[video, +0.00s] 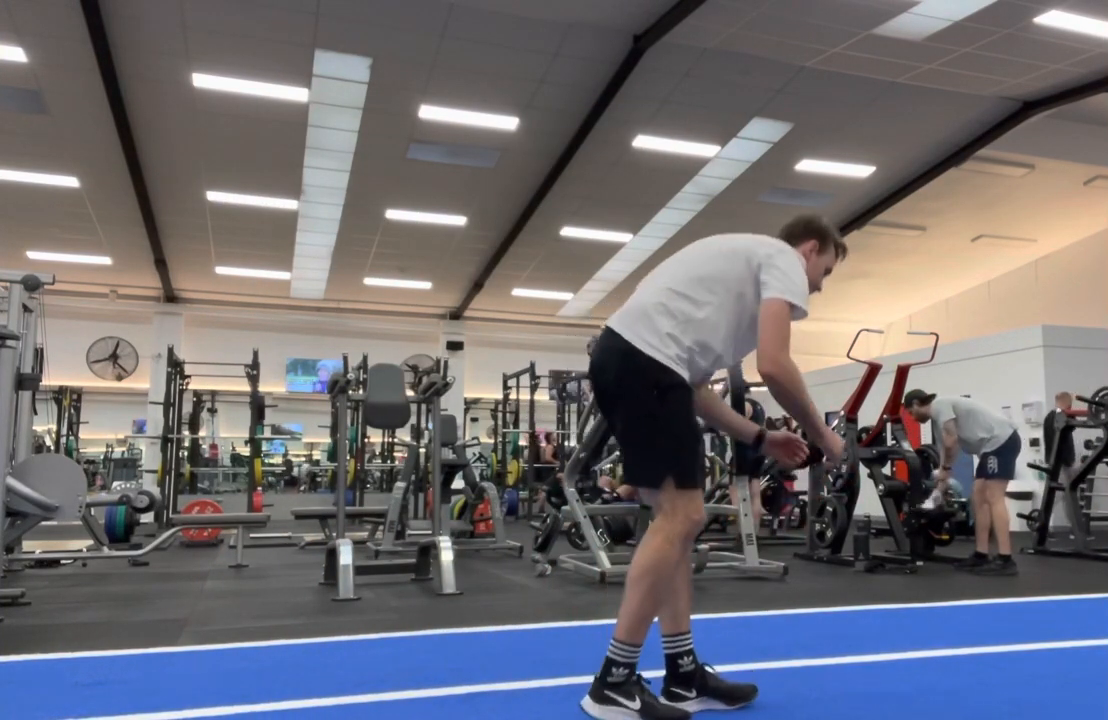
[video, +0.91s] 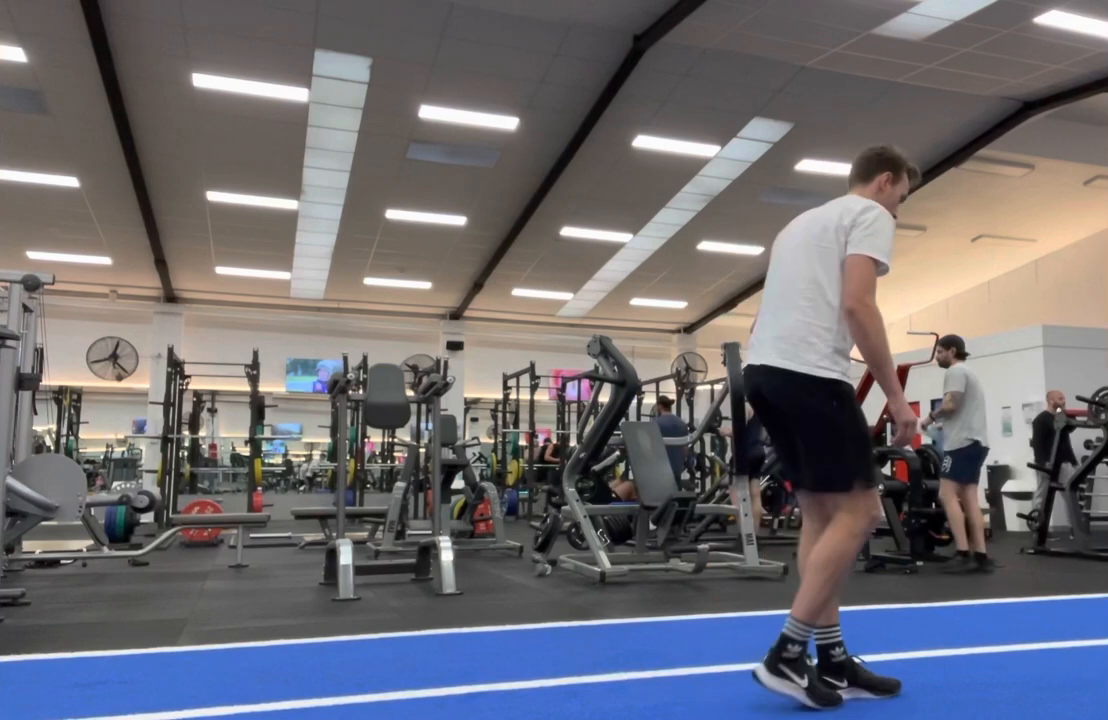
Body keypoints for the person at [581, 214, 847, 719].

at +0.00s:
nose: (821, 282)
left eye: (828, 275)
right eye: (827, 269)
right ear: (810, 249)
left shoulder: (734, 265)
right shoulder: (782, 258)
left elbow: (694, 388)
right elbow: (772, 364)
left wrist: (761, 436)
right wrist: (822, 434)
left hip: (630, 357)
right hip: (648, 360)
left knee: (677, 516)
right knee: (681, 514)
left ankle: (683, 671)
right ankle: (615, 679)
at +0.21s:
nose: (827, 223)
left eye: (831, 216)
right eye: (829, 212)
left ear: (789, 192)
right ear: (810, 195)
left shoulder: (737, 222)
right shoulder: (790, 219)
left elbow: (703, 334)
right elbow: (751, 296)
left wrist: (747, 415)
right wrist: (788, 394)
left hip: (655, 359)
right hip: (697, 365)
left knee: (691, 514)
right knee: (752, 503)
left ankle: (682, 672)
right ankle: (673, 647)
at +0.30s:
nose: (834, 206)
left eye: (839, 198)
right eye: (837, 194)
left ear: (796, 176)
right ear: (817, 177)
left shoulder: (745, 210)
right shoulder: (796, 207)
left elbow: (707, 295)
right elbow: (749, 280)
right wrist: (782, 382)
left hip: (673, 359)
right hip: (718, 363)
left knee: (693, 513)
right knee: (762, 504)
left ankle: (682, 672)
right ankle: (733, 666)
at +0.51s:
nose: (852, 190)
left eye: (855, 181)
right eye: (853, 179)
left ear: (807, 167)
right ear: (835, 167)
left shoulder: (759, 215)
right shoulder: (817, 204)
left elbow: (735, 306)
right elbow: (784, 289)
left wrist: (791, 385)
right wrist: (821, 386)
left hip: (716, 373)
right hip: (759, 373)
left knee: (751, 514)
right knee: (789, 515)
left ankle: (699, 650)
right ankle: (772, 671)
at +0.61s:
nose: (860, 188)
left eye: (862, 179)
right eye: (861, 177)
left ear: (816, 166)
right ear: (846, 166)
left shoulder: (765, 216)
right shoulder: (832, 205)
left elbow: (743, 316)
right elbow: (813, 297)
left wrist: (735, 406)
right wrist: (850, 392)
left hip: (734, 371)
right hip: (774, 372)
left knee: (786, 511)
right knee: (798, 517)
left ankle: (738, 639)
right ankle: (772, 673)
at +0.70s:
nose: (873, 184)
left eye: (876, 176)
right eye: (874, 174)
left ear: (828, 165)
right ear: (856, 163)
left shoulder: (774, 213)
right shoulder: (847, 202)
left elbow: (752, 307)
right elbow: (836, 295)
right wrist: (874, 386)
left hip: (748, 369)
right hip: (788, 371)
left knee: (815, 507)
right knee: (794, 517)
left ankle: (798, 652)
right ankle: (770, 674)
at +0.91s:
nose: (899, 205)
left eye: (902, 197)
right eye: (901, 195)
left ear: (859, 178)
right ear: (887, 181)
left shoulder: (799, 225)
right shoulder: (871, 214)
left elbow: (767, 316)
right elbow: (857, 302)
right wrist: (896, 397)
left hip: (765, 374)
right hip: (810, 375)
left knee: (818, 516)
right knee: (858, 512)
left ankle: (832, 657)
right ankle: (787, 653)